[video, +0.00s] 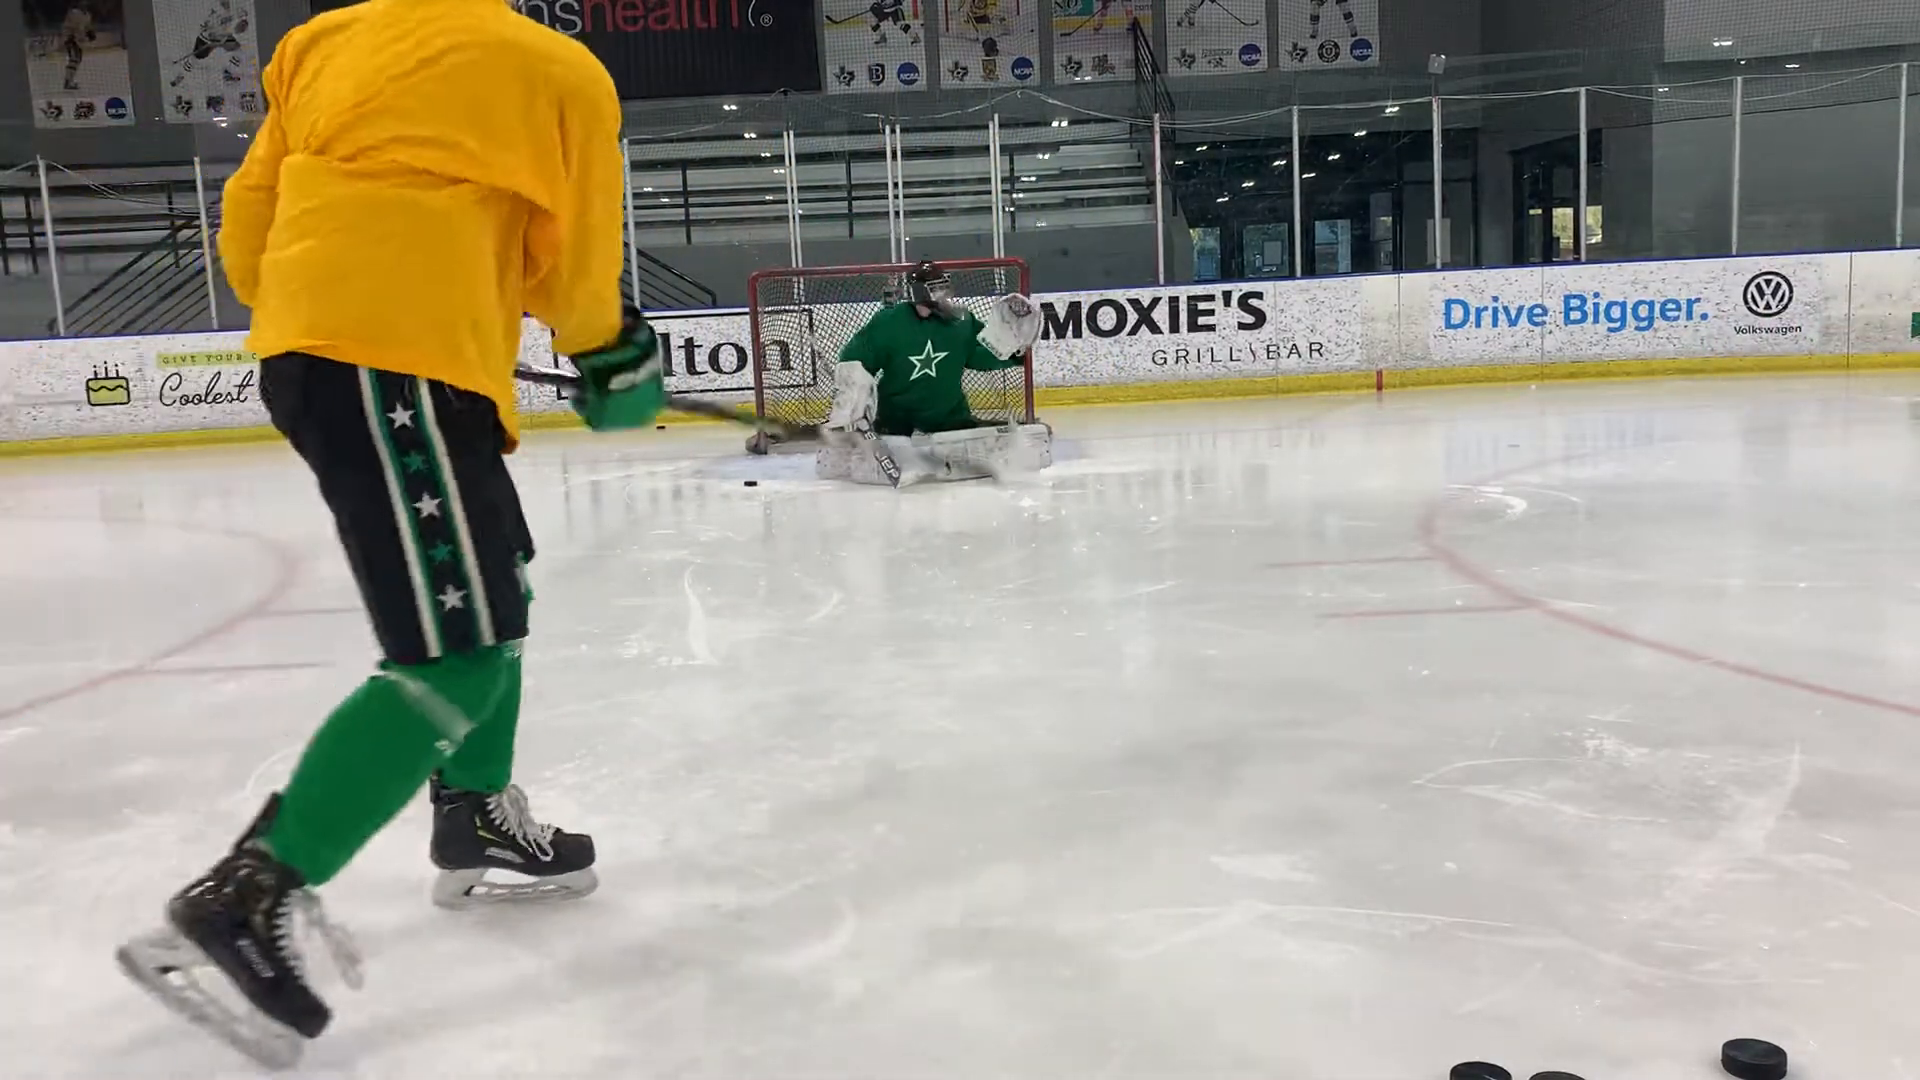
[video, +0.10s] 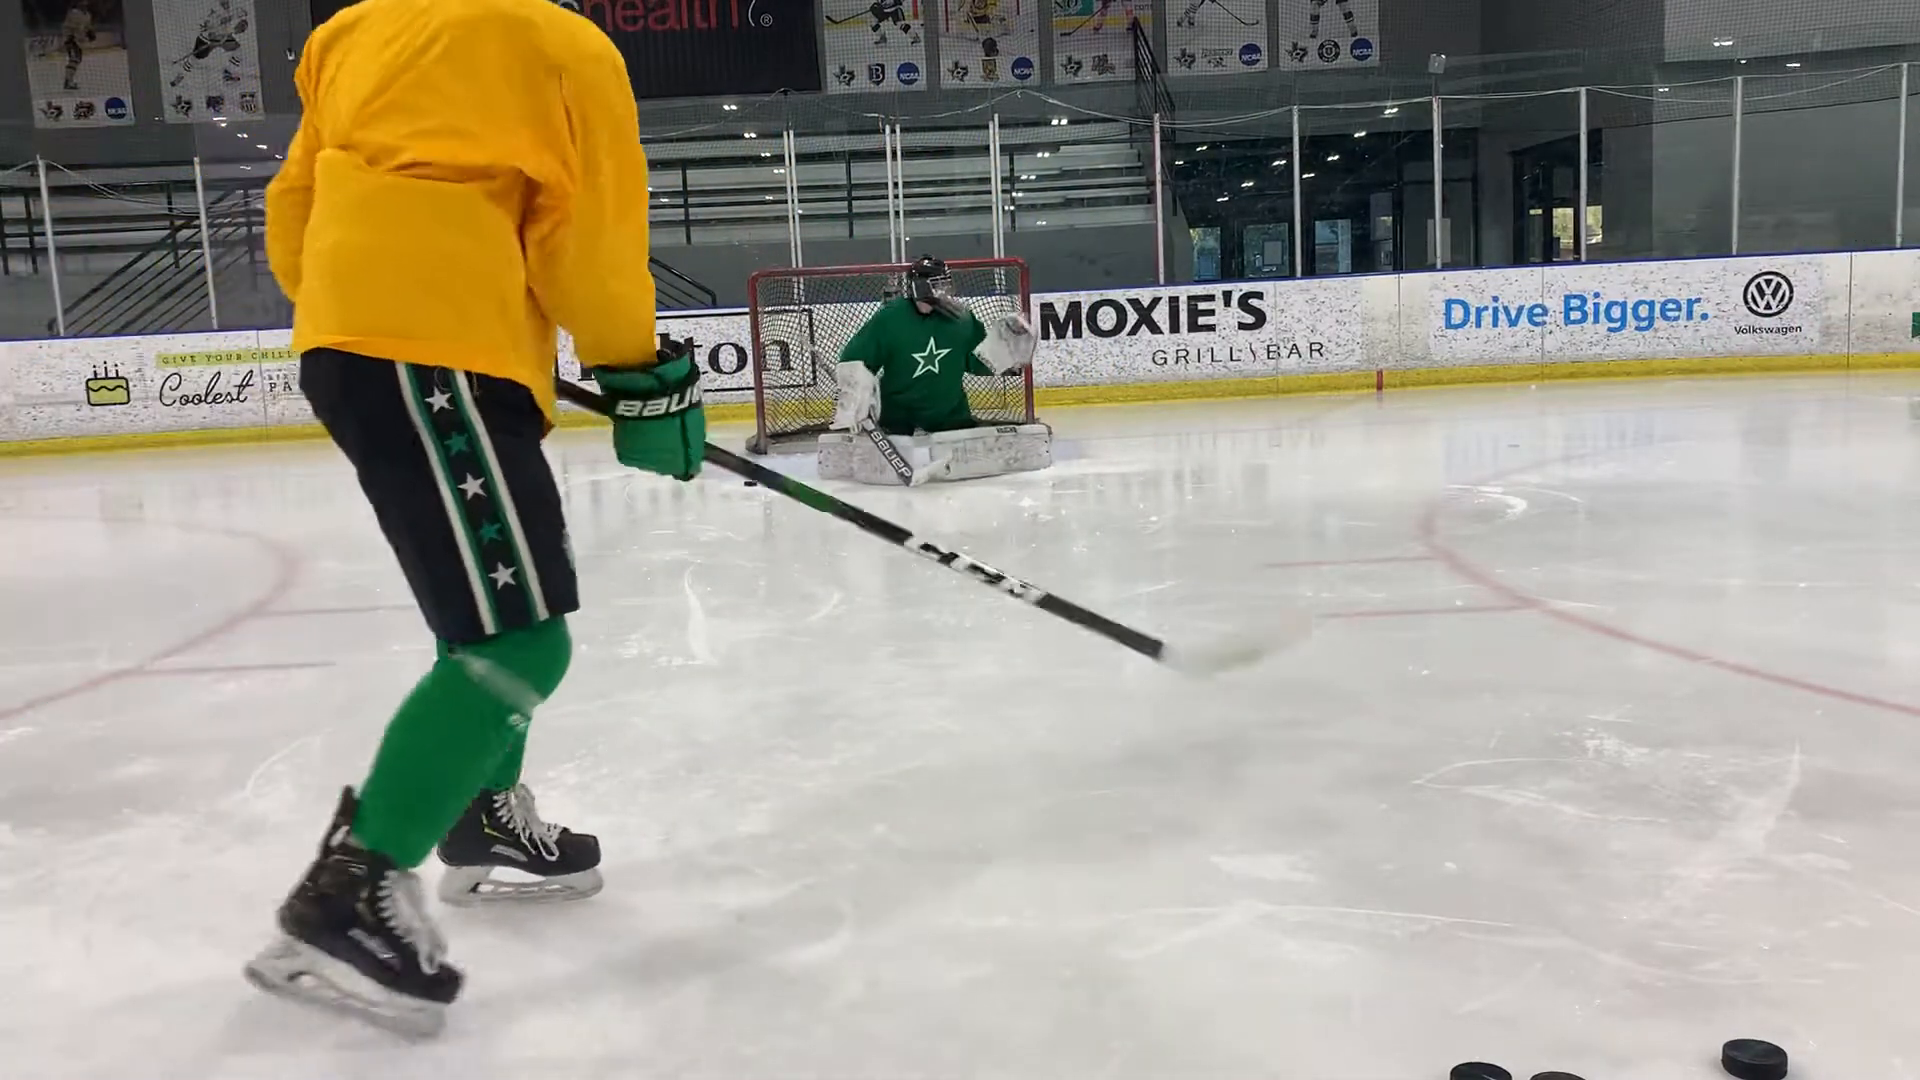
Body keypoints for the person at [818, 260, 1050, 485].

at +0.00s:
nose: (944, 297)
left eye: (945, 289)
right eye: (936, 291)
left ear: (948, 288)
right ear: (918, 293)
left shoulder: (961, 322)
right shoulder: (889, 323)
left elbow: (983, 356)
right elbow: (853, 360)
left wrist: (1013, 327)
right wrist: (852, 405)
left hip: (954, 426)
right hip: (899, 428)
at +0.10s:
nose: (940, 292)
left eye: (943, 284)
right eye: (933, 285)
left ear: (948, 285)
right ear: (915, 287)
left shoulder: (961, 319)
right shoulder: (890, 319)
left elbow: (976, 360)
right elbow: (852, 360)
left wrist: (1011, 343)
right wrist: (858, 399)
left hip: (954, 425)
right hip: (900, 427)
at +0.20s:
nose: (943, 288)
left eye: (945, 281)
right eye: (936, 282)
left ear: (948, 283)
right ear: (917, 284)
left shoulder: (959, 318)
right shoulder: (890, 317)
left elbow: (979, 361)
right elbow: (854, 359)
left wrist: (1005, 362)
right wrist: (860, 399)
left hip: (955, 423)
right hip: (902, 425)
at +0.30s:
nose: (941, 285)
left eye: (943, 278)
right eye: (933, 278)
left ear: (946, 278)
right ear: (913, 281)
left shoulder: (956, 312)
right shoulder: (889, 310)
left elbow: (974, 359)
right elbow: (854, 355)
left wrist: (999, 377)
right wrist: (863, 400)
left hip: (956, 419)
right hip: (904, 422)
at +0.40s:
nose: (936, 278)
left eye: (938, 271)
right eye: (928, 272)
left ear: (942, 272)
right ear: (908, 275)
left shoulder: (953, 309)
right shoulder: (887, 307)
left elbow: (972, 350)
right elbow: (853, 353)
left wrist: (984, 372)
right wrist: (866, 395)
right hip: (895, 418)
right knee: (850, 459)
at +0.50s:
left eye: (918, 267)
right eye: (906, 268)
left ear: (930, 268)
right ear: (896, 270)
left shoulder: (945, 301)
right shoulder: (882, 303)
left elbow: (968, 347)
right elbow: (849, 353)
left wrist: (987, 370)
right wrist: (873, 400)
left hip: (945, 402)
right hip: (896, 406)